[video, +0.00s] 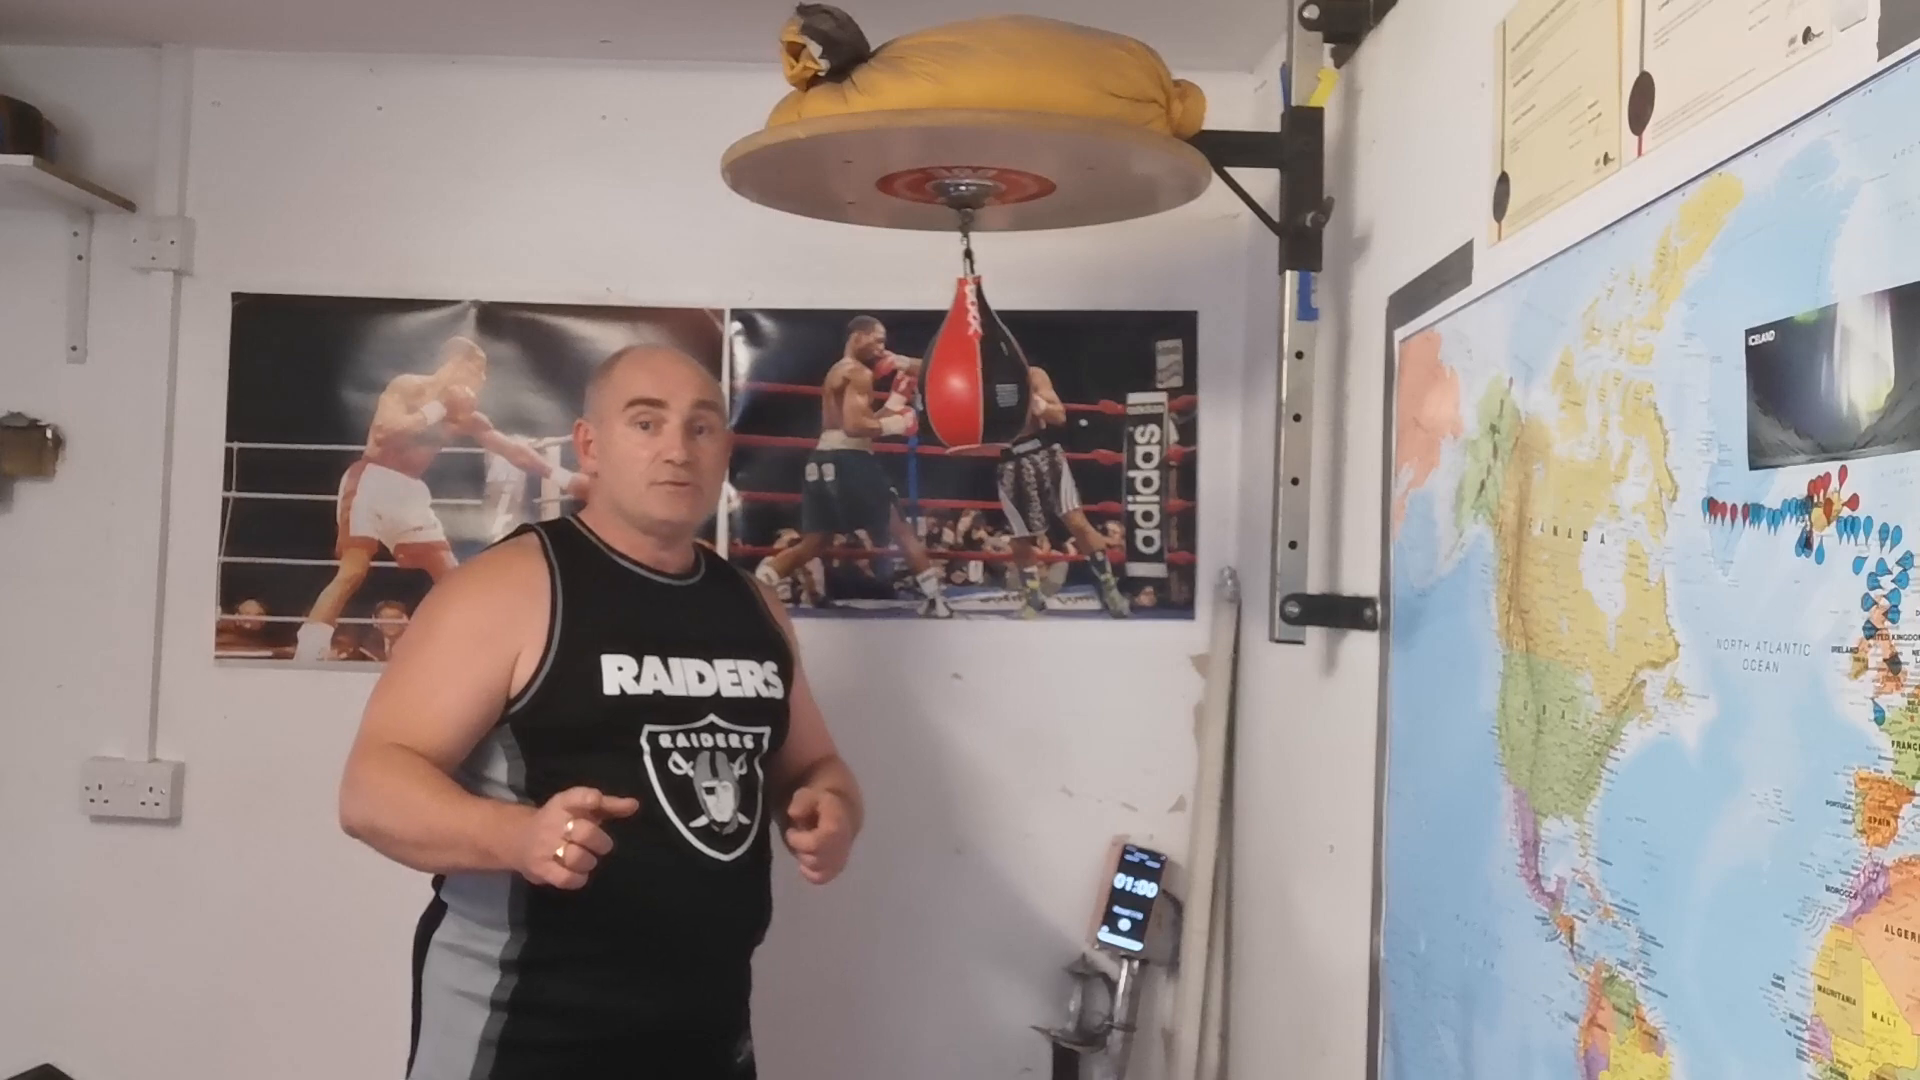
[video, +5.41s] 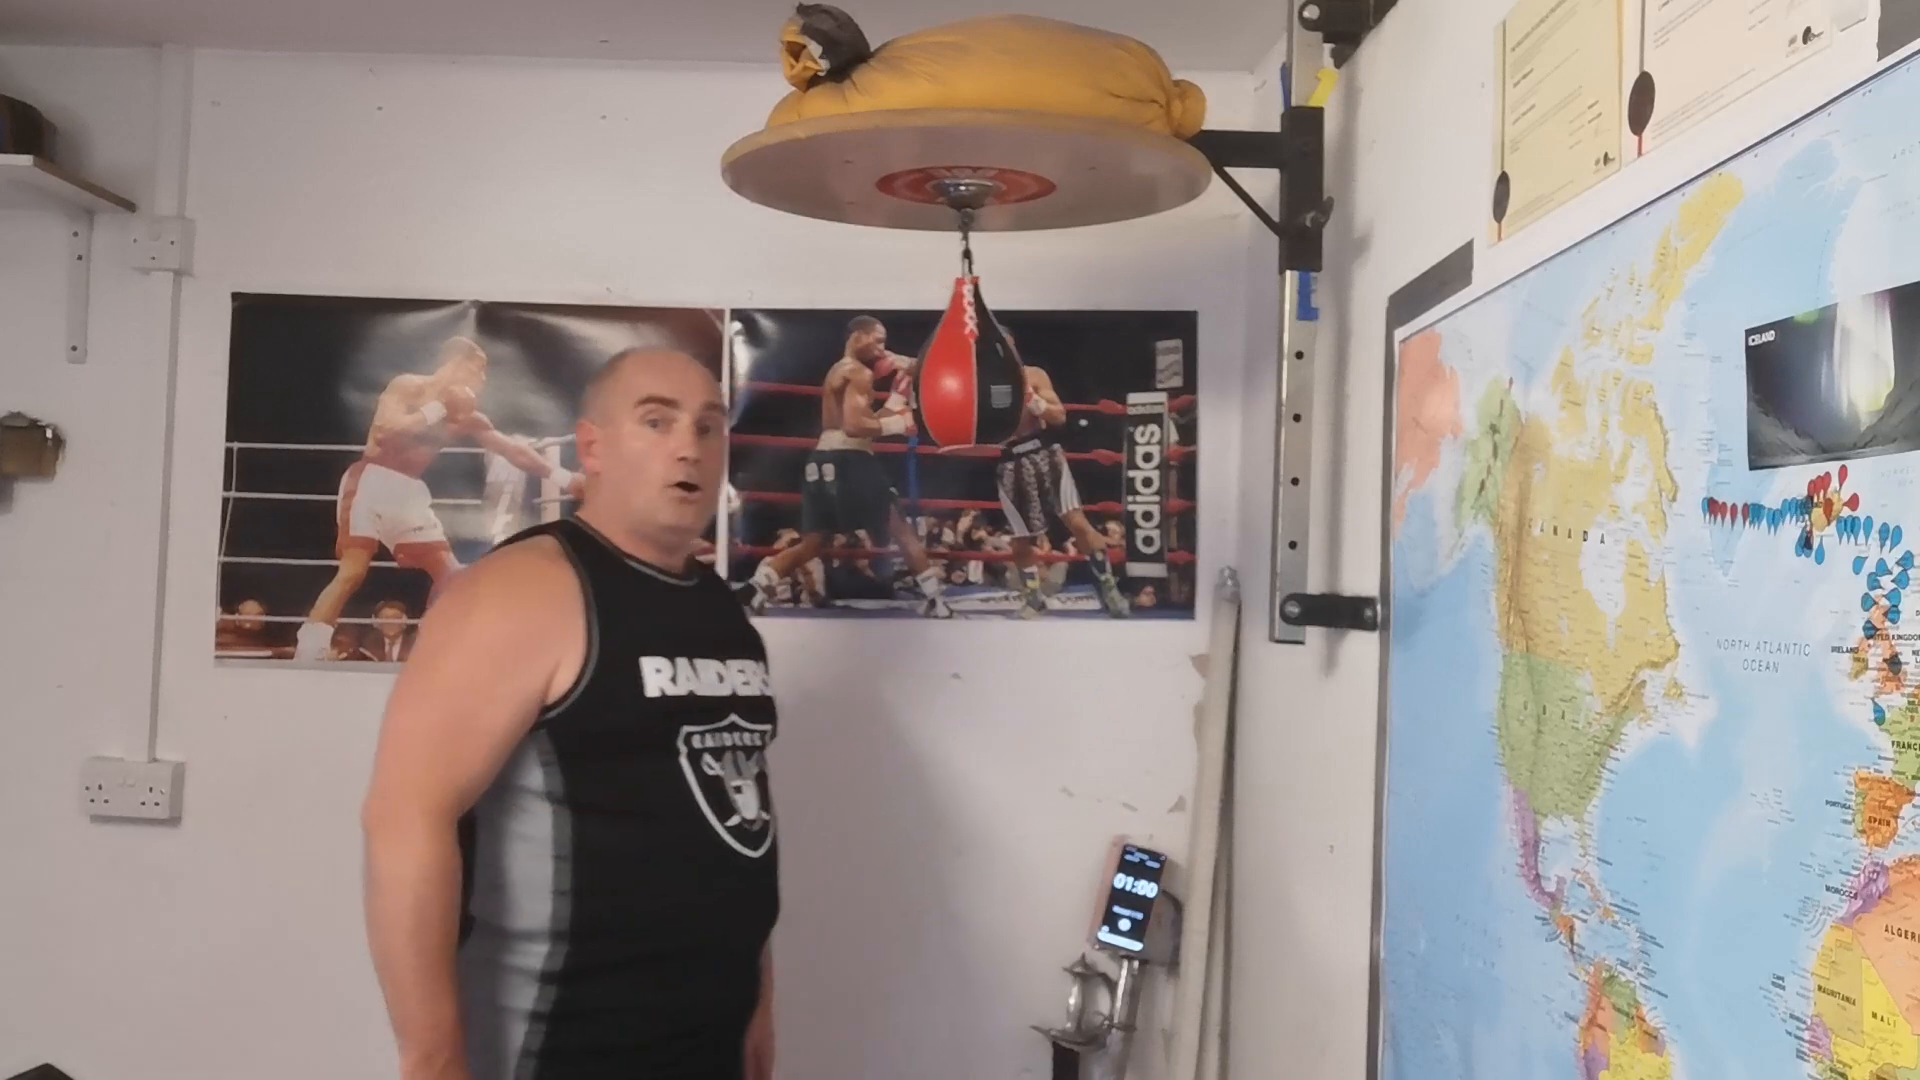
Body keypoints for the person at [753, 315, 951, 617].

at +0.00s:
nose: (881, 348)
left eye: (882, 343)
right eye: (878, 341)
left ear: (857, 340)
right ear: (857, 337)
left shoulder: (834, 374)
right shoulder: (858, 373)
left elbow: (851, 424)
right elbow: (854, 426)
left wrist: (890, 407)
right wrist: (895, 423)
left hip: (820, 463)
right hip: (852, 463)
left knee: (815, 542)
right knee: (901, 529)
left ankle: (756, 587)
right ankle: (936, 598)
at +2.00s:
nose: (881, 349)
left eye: (883, 343)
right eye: (878, 342)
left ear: (856, 340)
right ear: (858, 338)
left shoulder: (834, 373)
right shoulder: (859, 373)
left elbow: (847, 421)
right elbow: (854, 425)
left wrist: (885, 411)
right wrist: (890, 425)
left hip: (820, 463)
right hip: (852, 463)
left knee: (814, 542)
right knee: (902, 531)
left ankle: (755, 587)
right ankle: (935, 598)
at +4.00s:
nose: (881, 348)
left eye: (882, 342)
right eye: (878, 342)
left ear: (854, 340)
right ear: (857, 338)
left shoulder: (835, 372)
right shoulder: (860, 372)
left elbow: (844, 418)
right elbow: (855, 425)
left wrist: (882, 375)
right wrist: (888, 424)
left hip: (820, 464)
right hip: (853, 464)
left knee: (812, 544)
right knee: (903, 531)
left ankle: (751, 591)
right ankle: (935, 599)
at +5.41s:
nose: (881, 349)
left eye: (883, 343)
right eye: (878, 342)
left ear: (855, 340)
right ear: (859, 338)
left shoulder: (834, 373)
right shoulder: (858, 373)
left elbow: (849, 422)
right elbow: (855, 424)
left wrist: (888, 411)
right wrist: (896, 423)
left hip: (821, 463)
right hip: (853, 463)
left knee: (814, 542)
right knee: (901, 528)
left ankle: (754, 589)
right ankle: (935, 597)